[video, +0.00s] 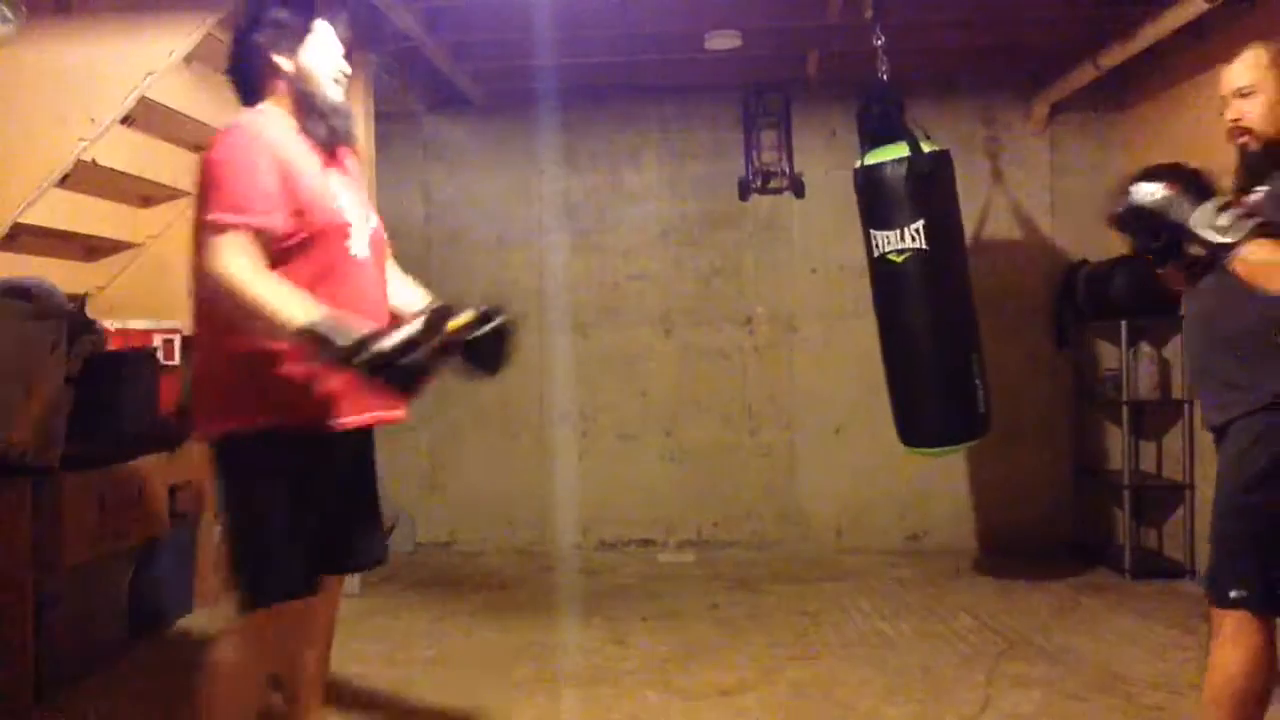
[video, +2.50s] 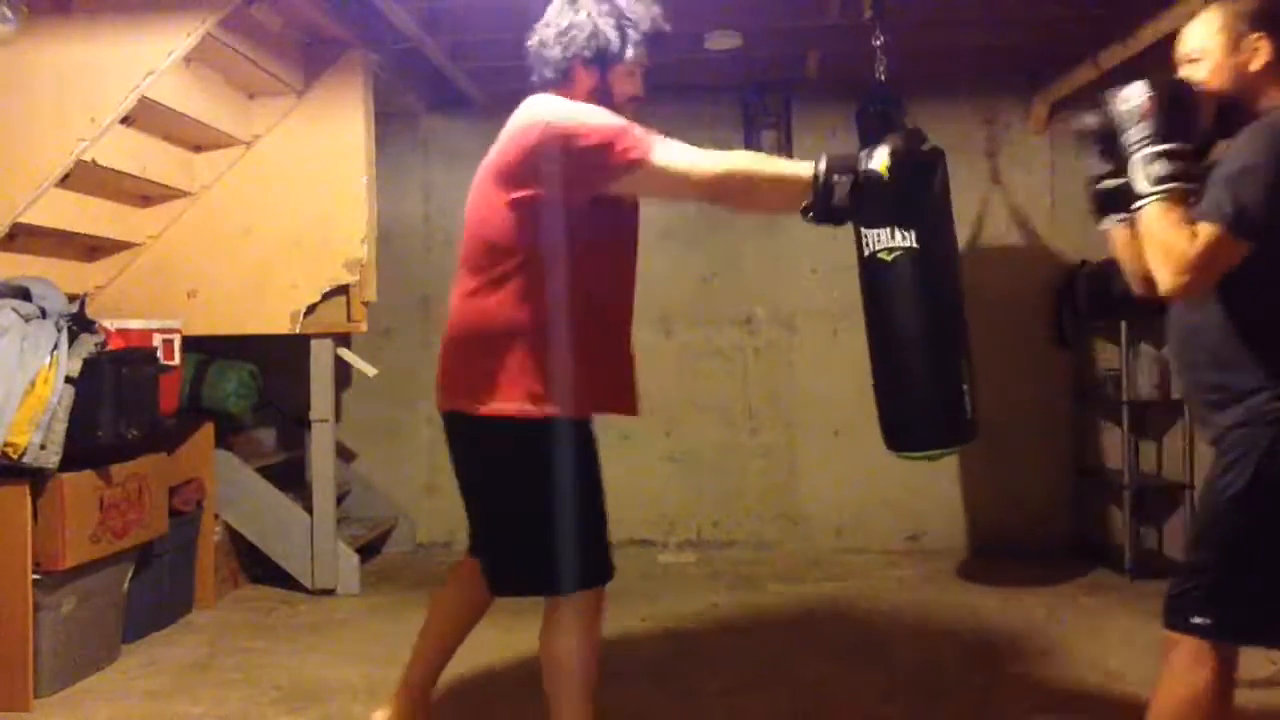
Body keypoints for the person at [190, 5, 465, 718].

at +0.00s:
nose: (345, 62)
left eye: (342, 47)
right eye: (328, 45)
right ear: (278, 55)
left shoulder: (337, 152)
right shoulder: (246, 138)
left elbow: (374, 267)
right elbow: (226, 264)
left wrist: (437, 320)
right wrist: (336, 329)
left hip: (334, 412)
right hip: (267, 415)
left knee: (322, 588)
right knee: (274, 608)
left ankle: (305, 711)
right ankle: (231, 711)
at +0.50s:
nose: (479, 89)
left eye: (474, 73)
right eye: (464, 73)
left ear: (416, 83)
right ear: (413, 80)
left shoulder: (411, 157)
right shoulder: (409, 159)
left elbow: (544, 225)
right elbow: (538, 230)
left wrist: (663, 215)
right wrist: (667, 220)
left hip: (410, 434)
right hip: (460, 433)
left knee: (382, 590)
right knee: (532, 600)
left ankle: (318, 712)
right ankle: (552, 712)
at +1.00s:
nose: (623, 83)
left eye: (622, 67)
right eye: (615, 65)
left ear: (562, 66)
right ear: (571, 61)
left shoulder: (532, 127)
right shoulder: (545, 126)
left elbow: (684, 192)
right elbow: (691, 177)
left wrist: (765, 111)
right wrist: (770, 88)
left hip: (502, 399)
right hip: (540, 402)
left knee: (487, 566)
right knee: (584, 591)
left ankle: (404, 707)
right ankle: (573, 716)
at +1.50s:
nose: (697, 99)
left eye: (701, 81)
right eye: (693, 78)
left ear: (634, 66)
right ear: (650, 64)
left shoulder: (591, 122)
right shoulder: (621, 129)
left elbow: (725, 237)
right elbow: (737, 231)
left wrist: (830, 186)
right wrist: (841, 171)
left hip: (491, 383)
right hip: (545, 390)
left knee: (468, 562)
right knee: (575, 588)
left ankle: (400, 710)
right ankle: (570, 719)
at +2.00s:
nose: (681, 83)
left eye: (682, 66)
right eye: (673, 65)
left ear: (611, 62)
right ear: (625, 60)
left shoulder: (588, 119)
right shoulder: (597, 124)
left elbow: (673, 235)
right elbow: (676, 244)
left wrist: (767, 222)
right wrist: (785, 213)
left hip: (523, 390)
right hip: (568, 399)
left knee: (497, 558)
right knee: (599, 595)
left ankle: (413, 705)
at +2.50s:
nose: (640, 89)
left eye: (641, 71)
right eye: (630, 70)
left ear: (585, 71)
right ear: (581, 67)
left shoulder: (560, 129)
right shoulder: (556, 125)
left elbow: (713, 182)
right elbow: (707, 173)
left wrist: (840, 190)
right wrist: (841, 179)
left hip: (506, 394)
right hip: (521, 396)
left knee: (491, 561)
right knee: (578, 582)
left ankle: (405, 702)